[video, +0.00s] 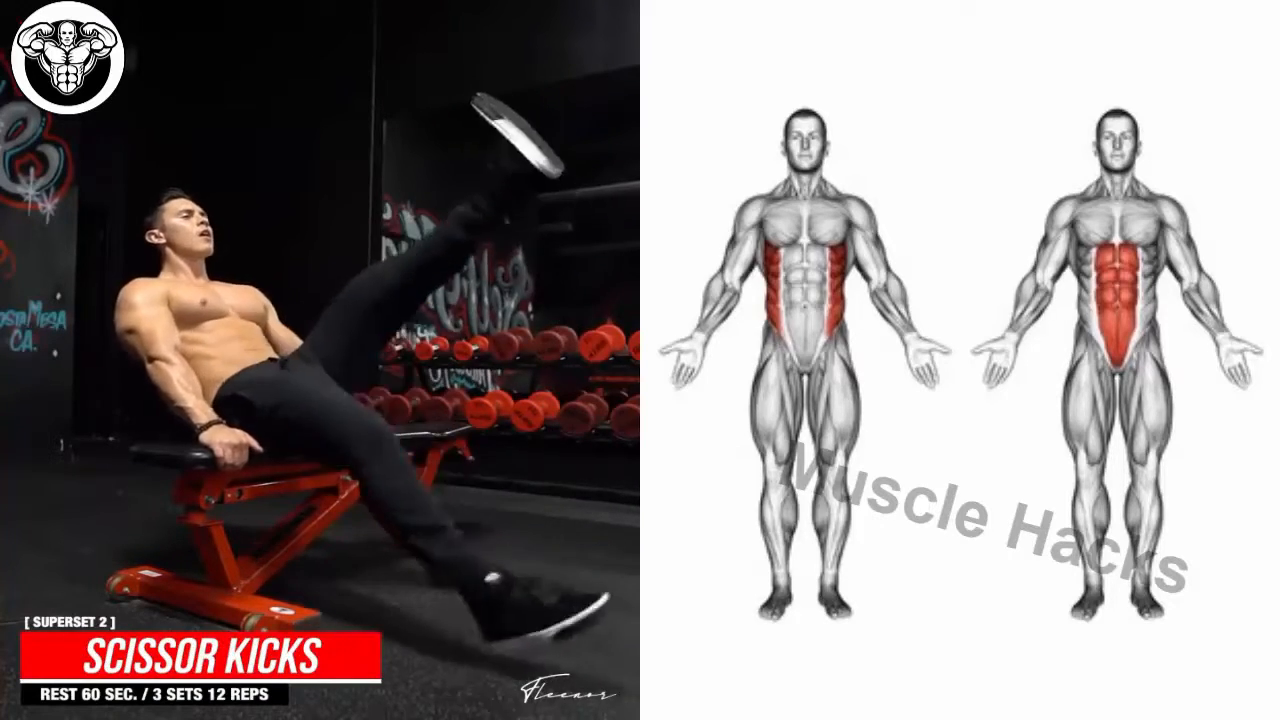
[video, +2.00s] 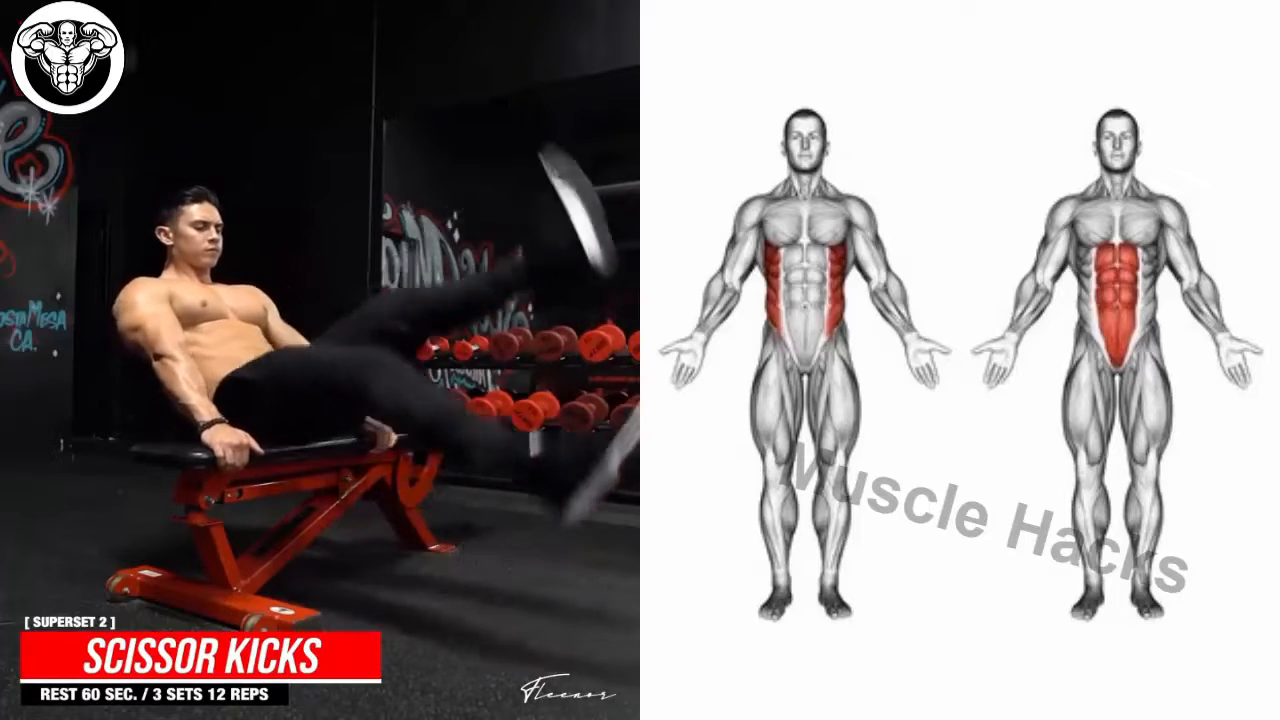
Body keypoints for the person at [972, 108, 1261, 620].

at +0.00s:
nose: (1116, 145)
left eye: (1124, 138)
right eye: (1109, 137)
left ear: (1137, 146)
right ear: (1097, 145)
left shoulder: (1164, 211)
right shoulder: (1070, 211)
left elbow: (1193, 282)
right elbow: (1041, 282)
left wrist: (1221, 335)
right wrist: (1012, 336)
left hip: (1144, 355)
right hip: (1089, 354)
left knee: (1145, 466)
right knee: (1088, 466)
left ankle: (1141, 582)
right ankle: (1092, 583)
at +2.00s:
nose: (1116, 145)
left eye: (1124, 137)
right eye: (1109, 137)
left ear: (1137, 145)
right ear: (1097, 145)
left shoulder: (1164, 211)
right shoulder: (1070, 211)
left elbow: (1193, 282)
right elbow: (1041, 282)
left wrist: (1221, 335)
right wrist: (1012, 336)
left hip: (1144, 355)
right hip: (1089, 354)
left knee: (1145, 466)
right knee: (1088, 466)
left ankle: (1141, 582)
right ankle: (1092, 583)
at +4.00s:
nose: (1116, 145)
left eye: (1124, 138)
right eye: (1108, 138)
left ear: (1137, 145)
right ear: (1097, 146)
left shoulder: (1164, 211)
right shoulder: (1070, 211)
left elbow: (1193, 282)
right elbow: (1041, 282)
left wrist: (1221, 335)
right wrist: (1012, 336)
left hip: (1144, 355)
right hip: (1089, 354)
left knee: (1145, 466)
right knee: (1088, 466)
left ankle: (1141, 581)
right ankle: (1092, 583)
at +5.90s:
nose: (1116, 146)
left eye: (1124, 138)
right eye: (1109, 138)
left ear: (1137, 145)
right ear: (1097, 145)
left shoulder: (1164, 211)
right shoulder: (1070, 211)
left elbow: (1193, 282)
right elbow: (1041, 282)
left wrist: (1222, 335)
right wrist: (1012, 336)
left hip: (1144, 355)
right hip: (1089, 355)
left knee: (1145, 466)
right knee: (1088, 466)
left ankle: (1141, 581)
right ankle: (1091, 582)